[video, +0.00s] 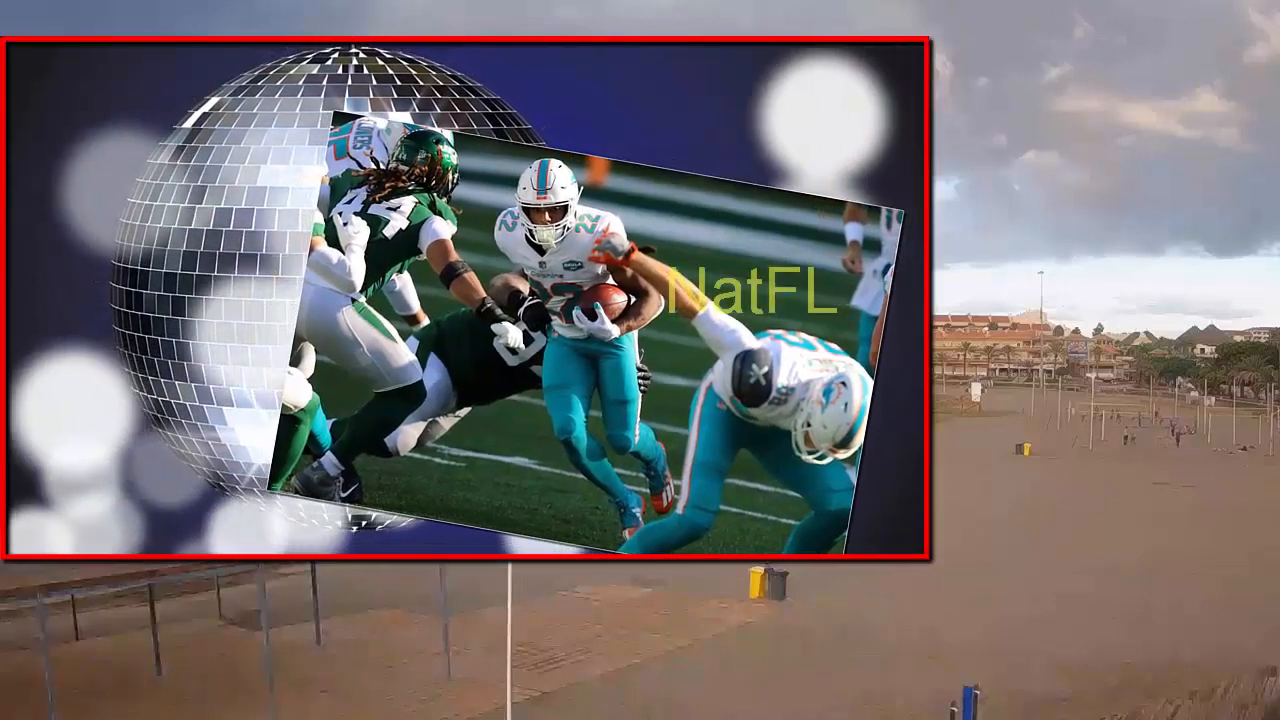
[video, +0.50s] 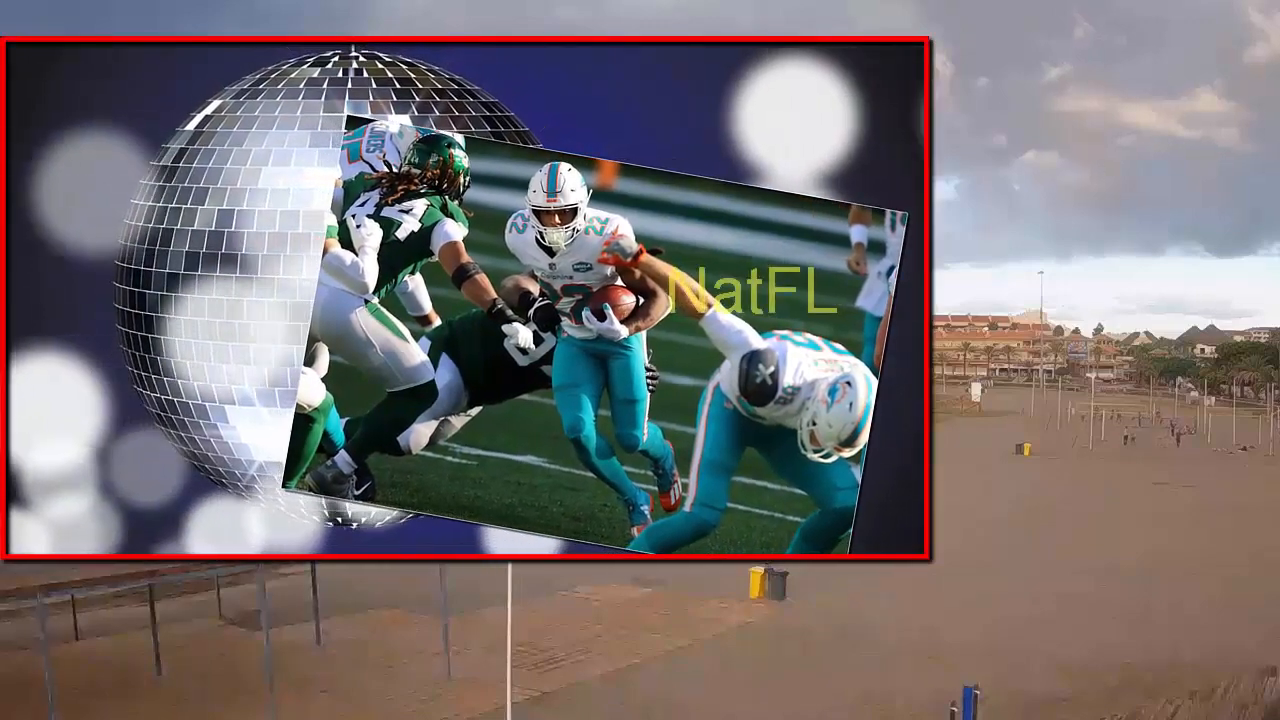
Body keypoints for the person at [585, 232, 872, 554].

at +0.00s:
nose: (818, 456)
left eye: (831, 453)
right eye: (813, 444)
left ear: (857, 429)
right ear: (805, 411)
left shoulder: (868, 416)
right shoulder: (758, 368)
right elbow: (692, 303)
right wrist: (631, 257)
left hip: (781, 425)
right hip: (726, 401)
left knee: (841, 504)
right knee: (696, 519)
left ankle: (779, 581)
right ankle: (615, 567)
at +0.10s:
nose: (820, 456)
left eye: (833, 452)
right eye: (815, 444)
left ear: (858, 428)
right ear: (806, 411)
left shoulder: (870, 412)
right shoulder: (759, 369)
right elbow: (694, 303)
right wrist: (632, 257)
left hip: (780, 424)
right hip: (727, 401)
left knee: (841, 504)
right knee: (698, 517)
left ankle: (781, 582)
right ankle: (616, 570)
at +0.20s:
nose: (820, 455)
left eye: (833, 452)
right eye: (816, 444)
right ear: (807, 411)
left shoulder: (869, 411)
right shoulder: (757, 364)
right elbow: (696, 304)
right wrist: (634, 257)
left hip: (782, 424)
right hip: (728, 401)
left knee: (842, 503)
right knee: (699, 517)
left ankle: (782, 582)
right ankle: (620, 568)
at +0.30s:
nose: (820, 456)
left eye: (833, 452)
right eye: (816, 443)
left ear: (859, 429)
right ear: (807, 410)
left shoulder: (870, 414)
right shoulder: (762, 368)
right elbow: (697, 303)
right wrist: (636, 257)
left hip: (785, 425)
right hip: (730, 401)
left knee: (843, 503)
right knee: (700, 517)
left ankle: (782, 581)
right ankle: (619, 569)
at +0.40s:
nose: (821, 455)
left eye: (834, 452)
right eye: (817, 443)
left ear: (859, 428)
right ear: (809, 410)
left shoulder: (870, 413)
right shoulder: (763, 367)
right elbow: (699, 303)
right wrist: (638, 258)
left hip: (786, 425)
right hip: (731, 401)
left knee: (845, 503)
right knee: (702, 516)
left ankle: (784, 581)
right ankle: (622, 568)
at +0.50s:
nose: (822, 455)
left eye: (835, 452)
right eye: (818, 442)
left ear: (861, 429)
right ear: (810, 409)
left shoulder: (872, 413)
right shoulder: (763, 366)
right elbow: (700, 303)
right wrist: (639, 258)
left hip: (788, 424)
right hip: (733, 401)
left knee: (845, 503)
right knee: (704, 515)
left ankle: (785, 581)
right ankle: (622, 568)